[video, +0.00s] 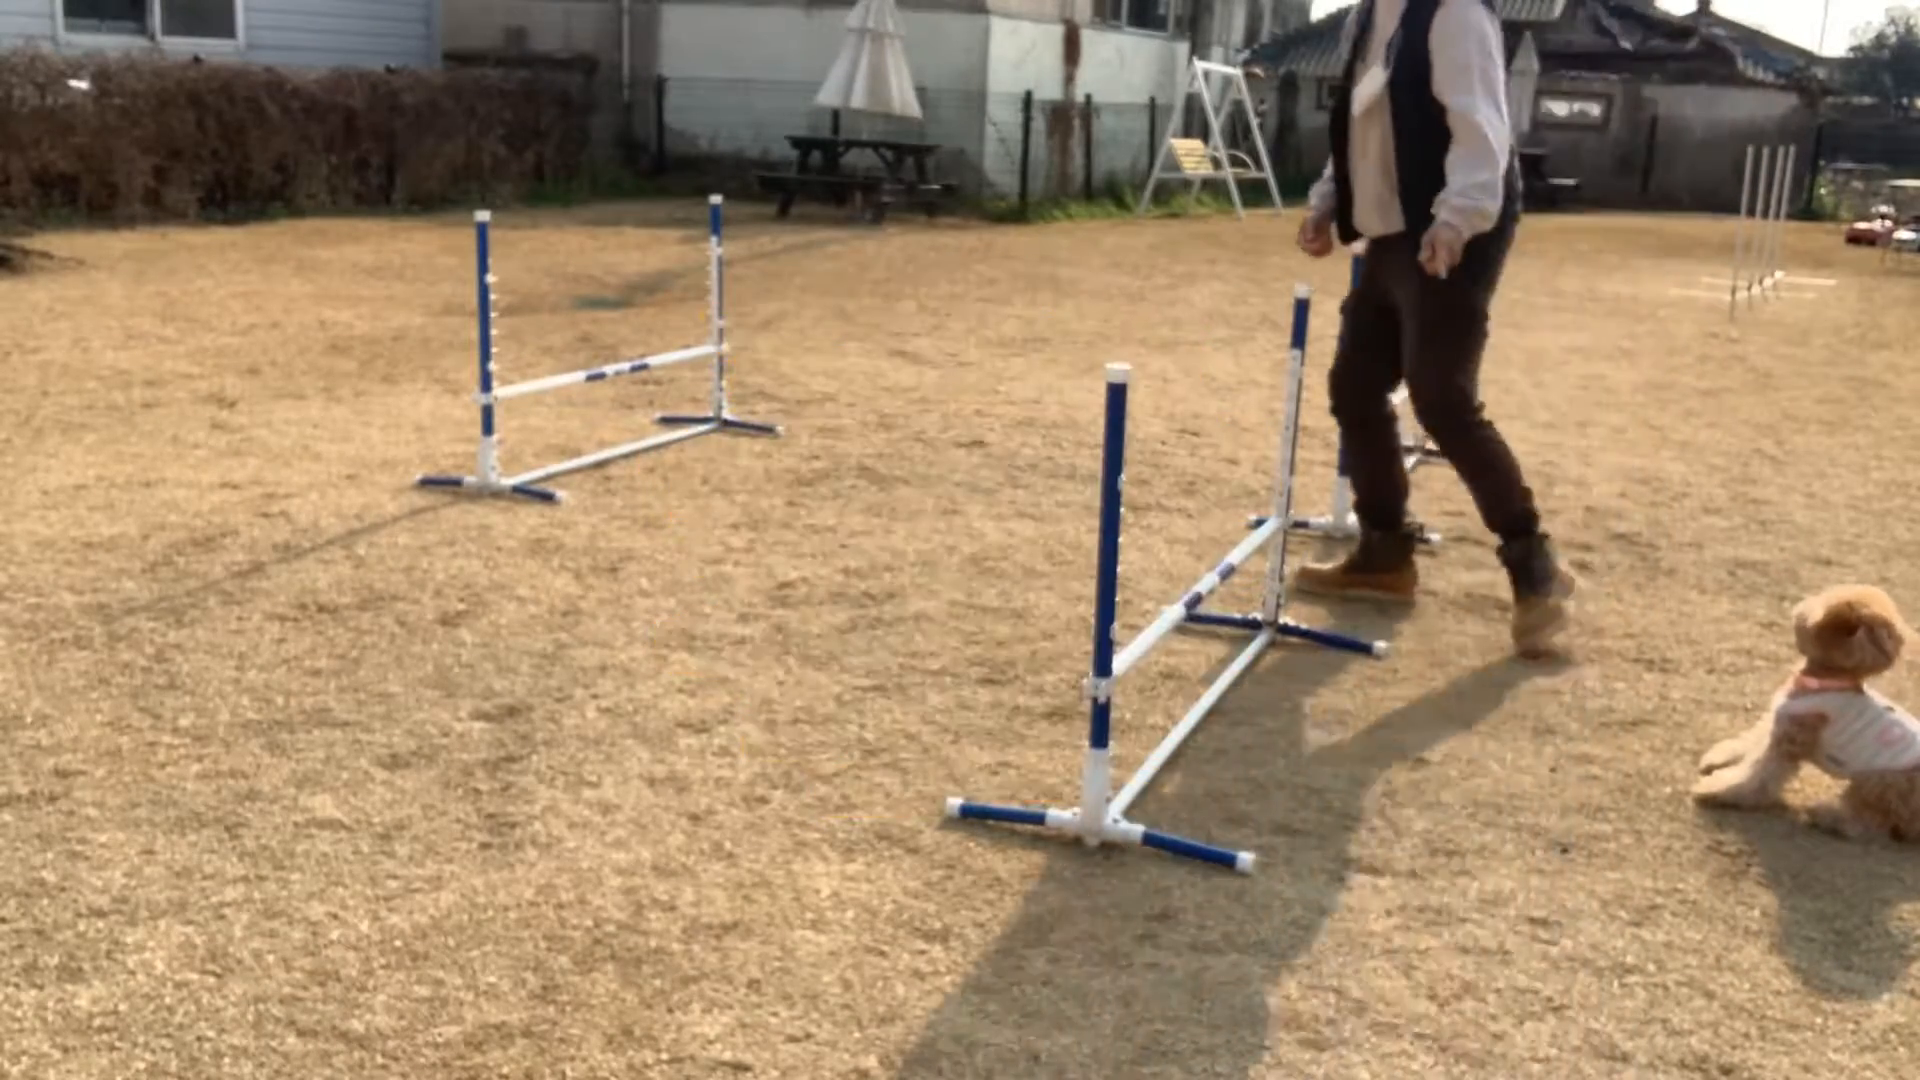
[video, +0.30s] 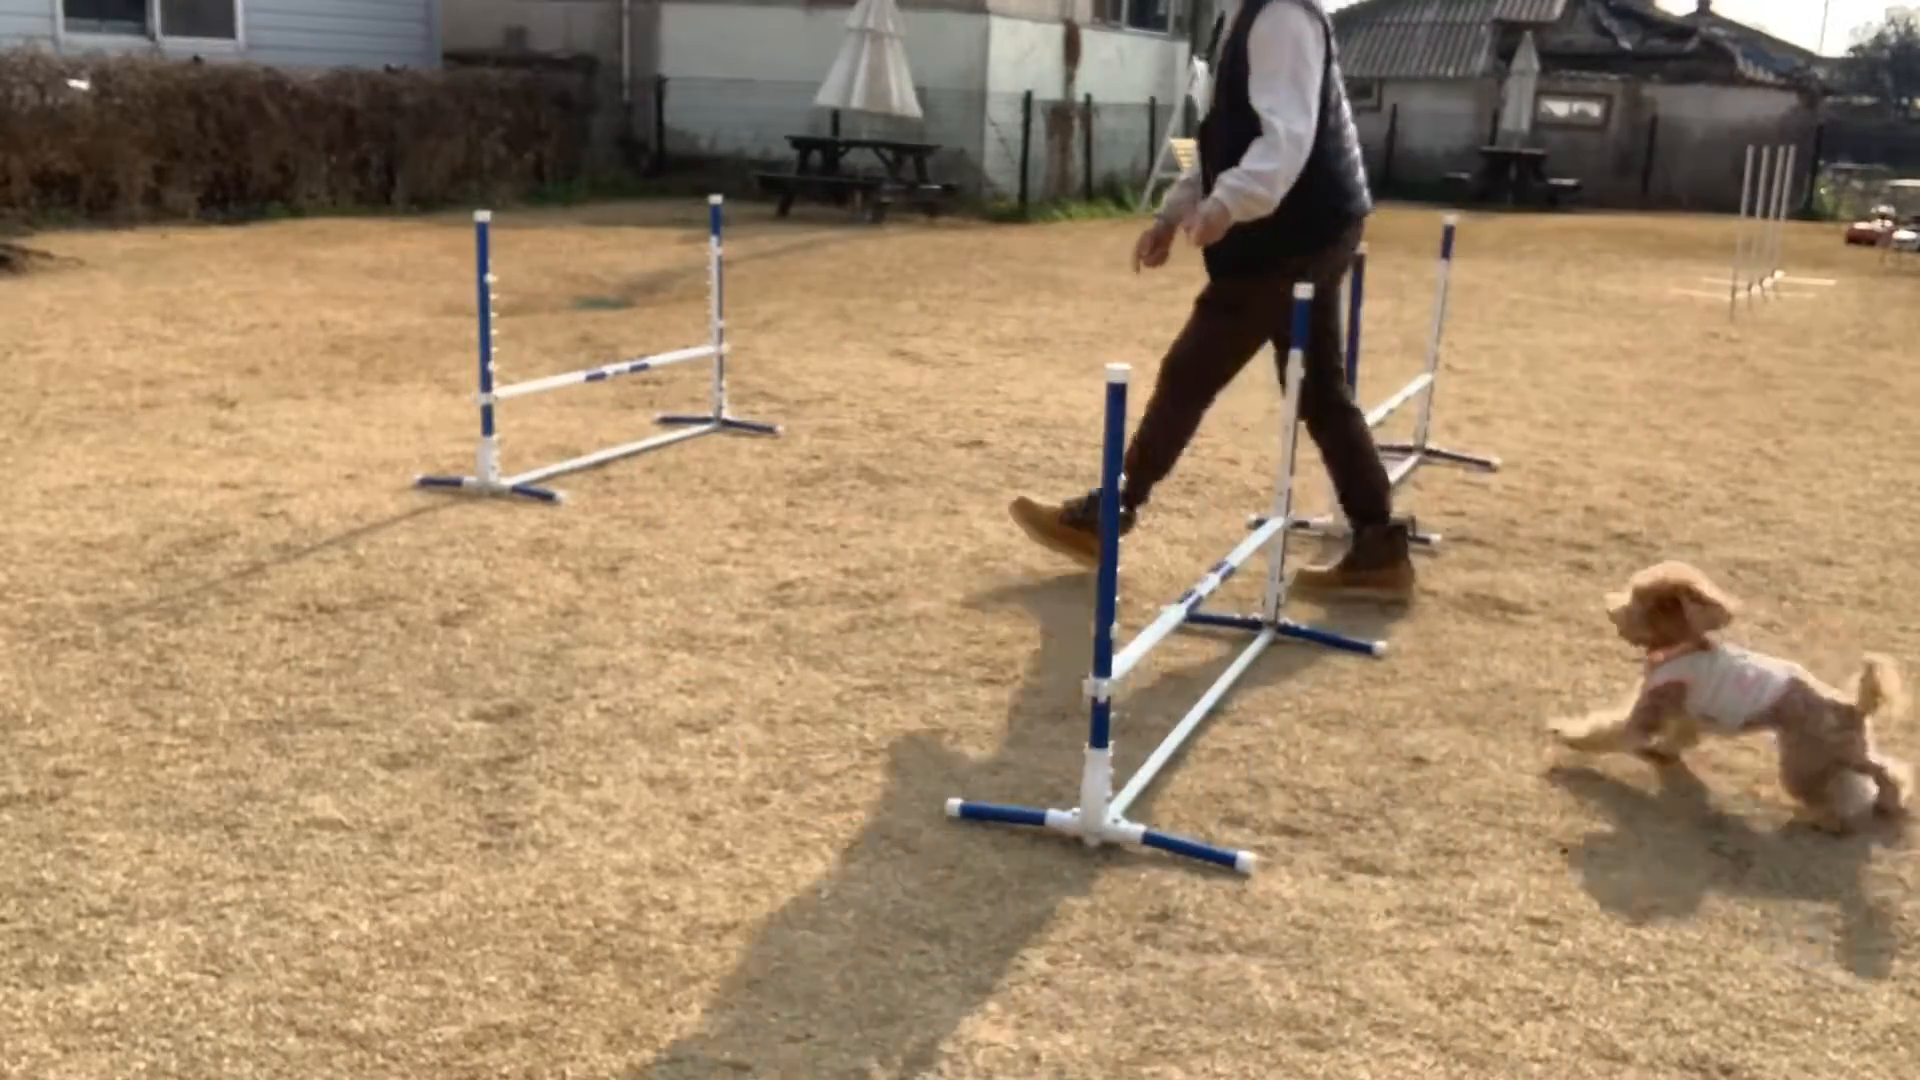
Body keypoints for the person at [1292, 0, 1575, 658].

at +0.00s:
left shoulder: (1459, 14)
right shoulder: (1371, 17)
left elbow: (1483, 129)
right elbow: (1365, 126)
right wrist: (1329, 201)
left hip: (1451, 236)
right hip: (1388, 239)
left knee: (1444, 403)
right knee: (1355, 390)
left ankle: (1535, 576)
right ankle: (1384, 555)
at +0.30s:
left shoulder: (1283, 17)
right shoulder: (1251, 18)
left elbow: (1288, 137)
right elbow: (1225, 135)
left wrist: (1227, 204)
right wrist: (1172, 216)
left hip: (1279, 238)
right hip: (1312, 231)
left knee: (1187, 374)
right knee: (1322, 395)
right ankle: (1377, 548)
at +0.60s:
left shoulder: (1110, 35)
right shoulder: (1089, 27)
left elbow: (1066, 156)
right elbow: (1070, 146)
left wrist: (971, 221)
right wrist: (1019, 223)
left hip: (1136, 225)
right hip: (1133, 219)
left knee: (1038, 358)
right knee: (1063, 349)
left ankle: (1042, 520)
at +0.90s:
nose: (1006, 4)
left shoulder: (1102, 35)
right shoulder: (994, 39)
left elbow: (1098, 154)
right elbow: (956, 143)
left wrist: (1003, 199)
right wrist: (903, 220)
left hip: (1113, 222)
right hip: (1040, 219)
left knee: (1064, 352)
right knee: (991, 339)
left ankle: (1044, 491)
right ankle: (987, 474)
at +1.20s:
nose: (1177, 9)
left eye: (1179, 1)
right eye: (1164, 1)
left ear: (1183, 4)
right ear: (1128, 2)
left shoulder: (1199, 41)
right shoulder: (1083, 66)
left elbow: (1242, 122)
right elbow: (1055, 190)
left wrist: (1279, 204)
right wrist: (1064, 306)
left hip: (1163, 243)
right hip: (1100, 243)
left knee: (1165, 365)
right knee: (1103, 362)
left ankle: (1091, 490)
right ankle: (1009, 452)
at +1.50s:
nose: (1330, 38)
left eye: (1339, 25)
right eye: (1329, 20)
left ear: (1281, 3)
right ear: (1292, 3)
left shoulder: (1226, 26)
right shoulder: (1247, 75)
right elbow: (1298, 201)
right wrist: (1384, 285)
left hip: (1136, 223)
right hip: (1181, 246)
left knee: (1181, 368)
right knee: (1265, 364)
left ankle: (1097, 482)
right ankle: (1305, 515)